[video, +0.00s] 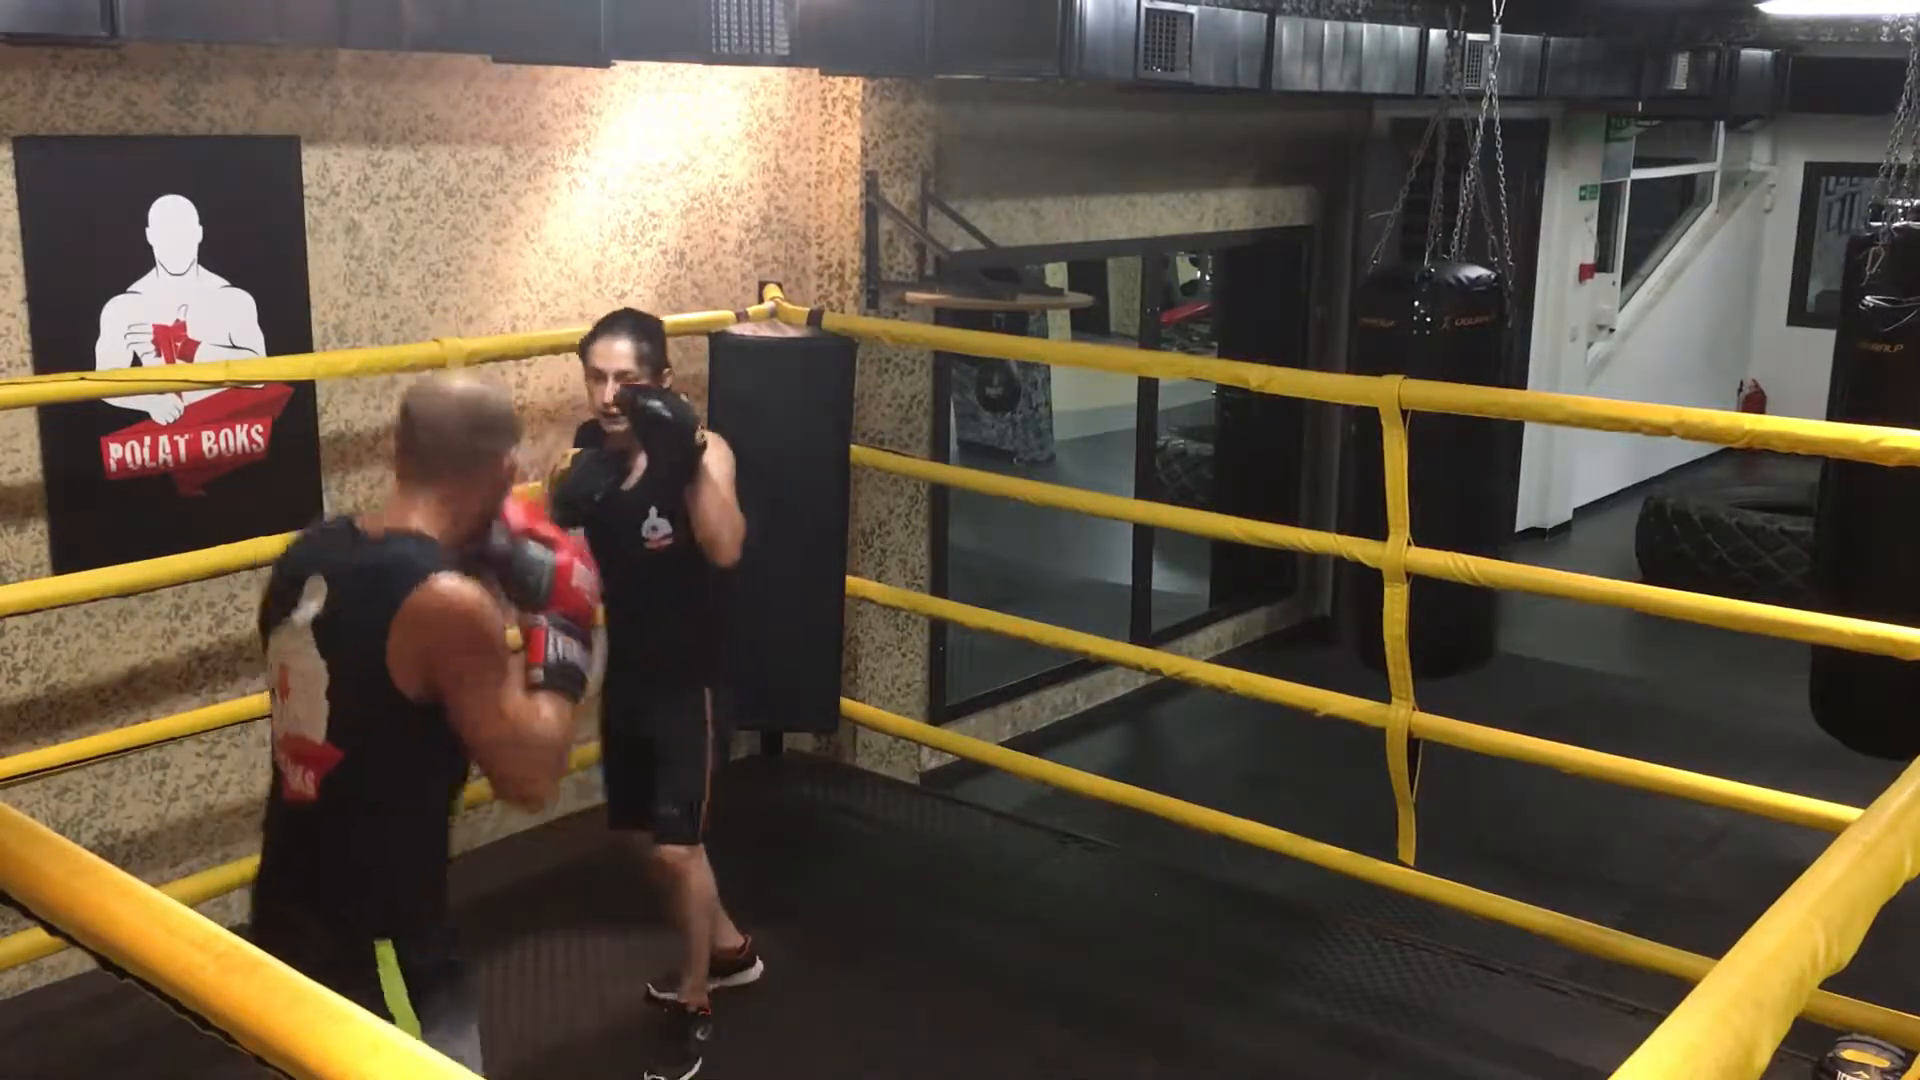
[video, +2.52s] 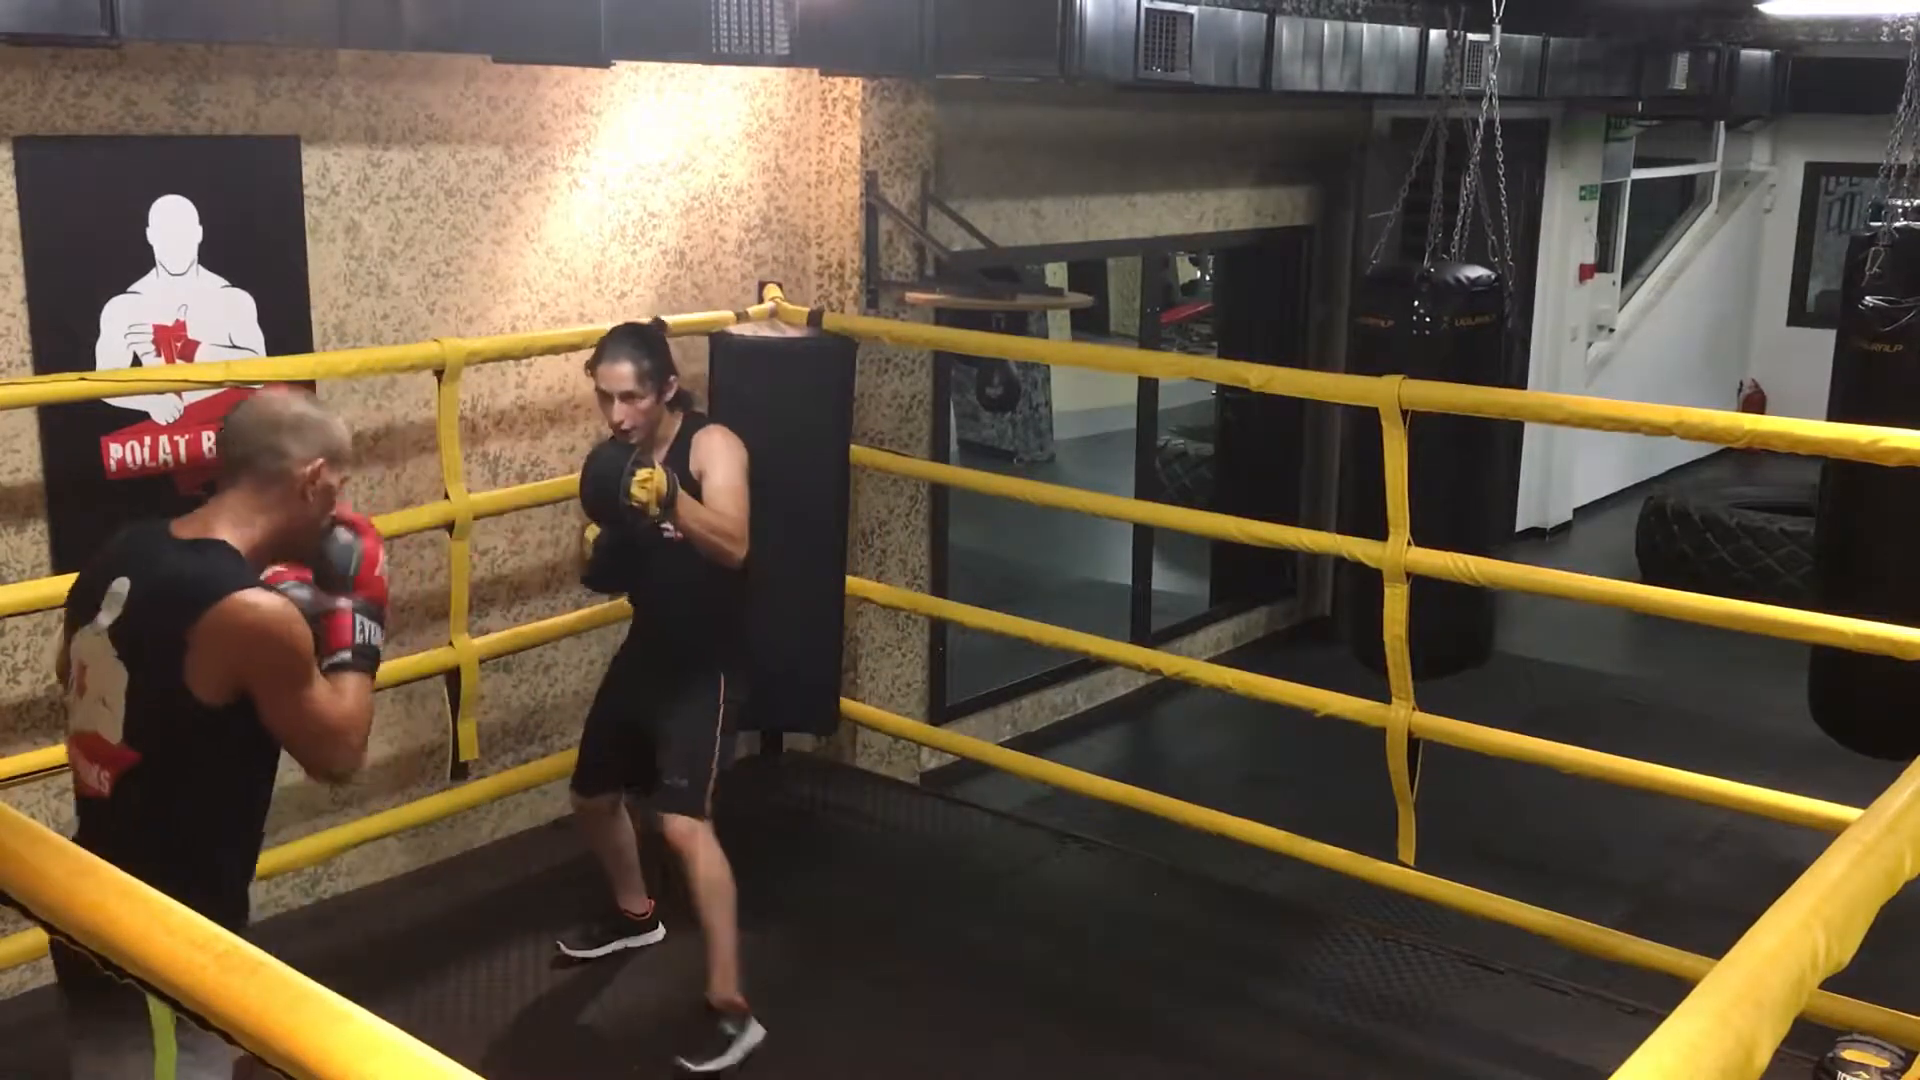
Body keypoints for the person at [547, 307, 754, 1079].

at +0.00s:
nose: (608, 394)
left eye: (623, 379)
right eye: (596, 380)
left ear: (659, 378)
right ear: (585, 383)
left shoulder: (704, 448)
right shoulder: (591, 457)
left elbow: (725, 548)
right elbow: (548, 536)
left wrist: (686, 452)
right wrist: (575, 480)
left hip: (690, 666)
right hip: (627, 663)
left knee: (676, 843)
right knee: (641, 830)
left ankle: (693, 998)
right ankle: (727, 944)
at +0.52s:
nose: (674, 408)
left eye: (689, 393)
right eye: (663, 393)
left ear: (726, 394)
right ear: (653, 397)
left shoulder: (778, 467)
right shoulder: (653, 486)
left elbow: (805, 566)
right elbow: (625, 594)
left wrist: (763, 467)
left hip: (777, 695)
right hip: (695, 692)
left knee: (792, 877)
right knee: (676, 840)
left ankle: (821, 1048)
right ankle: (729, 952)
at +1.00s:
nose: (730, 398)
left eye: (746, 382)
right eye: (721, 382)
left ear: (787, 386)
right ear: (712, 386)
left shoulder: (829, 470)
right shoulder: (721, 461)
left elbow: (870, 589)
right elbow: (650, 500)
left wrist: (798, 549)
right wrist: (670, 504)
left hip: (824, 697)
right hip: (743, 684)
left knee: (819, 871)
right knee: (724, 819)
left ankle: (861, 1020)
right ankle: (776, 940)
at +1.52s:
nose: (754, 382)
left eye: (768, 367)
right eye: (749, 367)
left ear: (811, 369)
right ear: (754, 370)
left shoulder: (834, 455)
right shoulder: (784, 441)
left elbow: (884, 569)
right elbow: (793, 537)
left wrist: (849, 677)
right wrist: (742, 530)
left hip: (826, 663)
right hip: (798, 650)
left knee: (797, 831)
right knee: (821, 802)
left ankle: (850, 1009)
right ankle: (866, 911)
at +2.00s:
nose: (648, 405)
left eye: (661, 389)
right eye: (639, 390)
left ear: (697, 386)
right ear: (633, 385)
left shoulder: (720, 468)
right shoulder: (667, 442)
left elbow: (749, 592)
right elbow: (687, 529)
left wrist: (698, 689)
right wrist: (643, 553)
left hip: (723, 649)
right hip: (697, 639)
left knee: (651, 786)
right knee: (698, 779)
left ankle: (654, 933)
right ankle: (802, 869)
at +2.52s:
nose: (615, 415)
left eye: (628, 399)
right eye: (605, 400)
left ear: (668, 388)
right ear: (599, 396)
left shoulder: (715, 446)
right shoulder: (614, 460)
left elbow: (733, 545)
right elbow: (609, 565)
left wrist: (665, 498)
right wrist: (607, 544)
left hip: (709, 653)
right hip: (646, 646)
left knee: (681, 818)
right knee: (595, 791)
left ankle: (730, 1005)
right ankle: (635, 912)